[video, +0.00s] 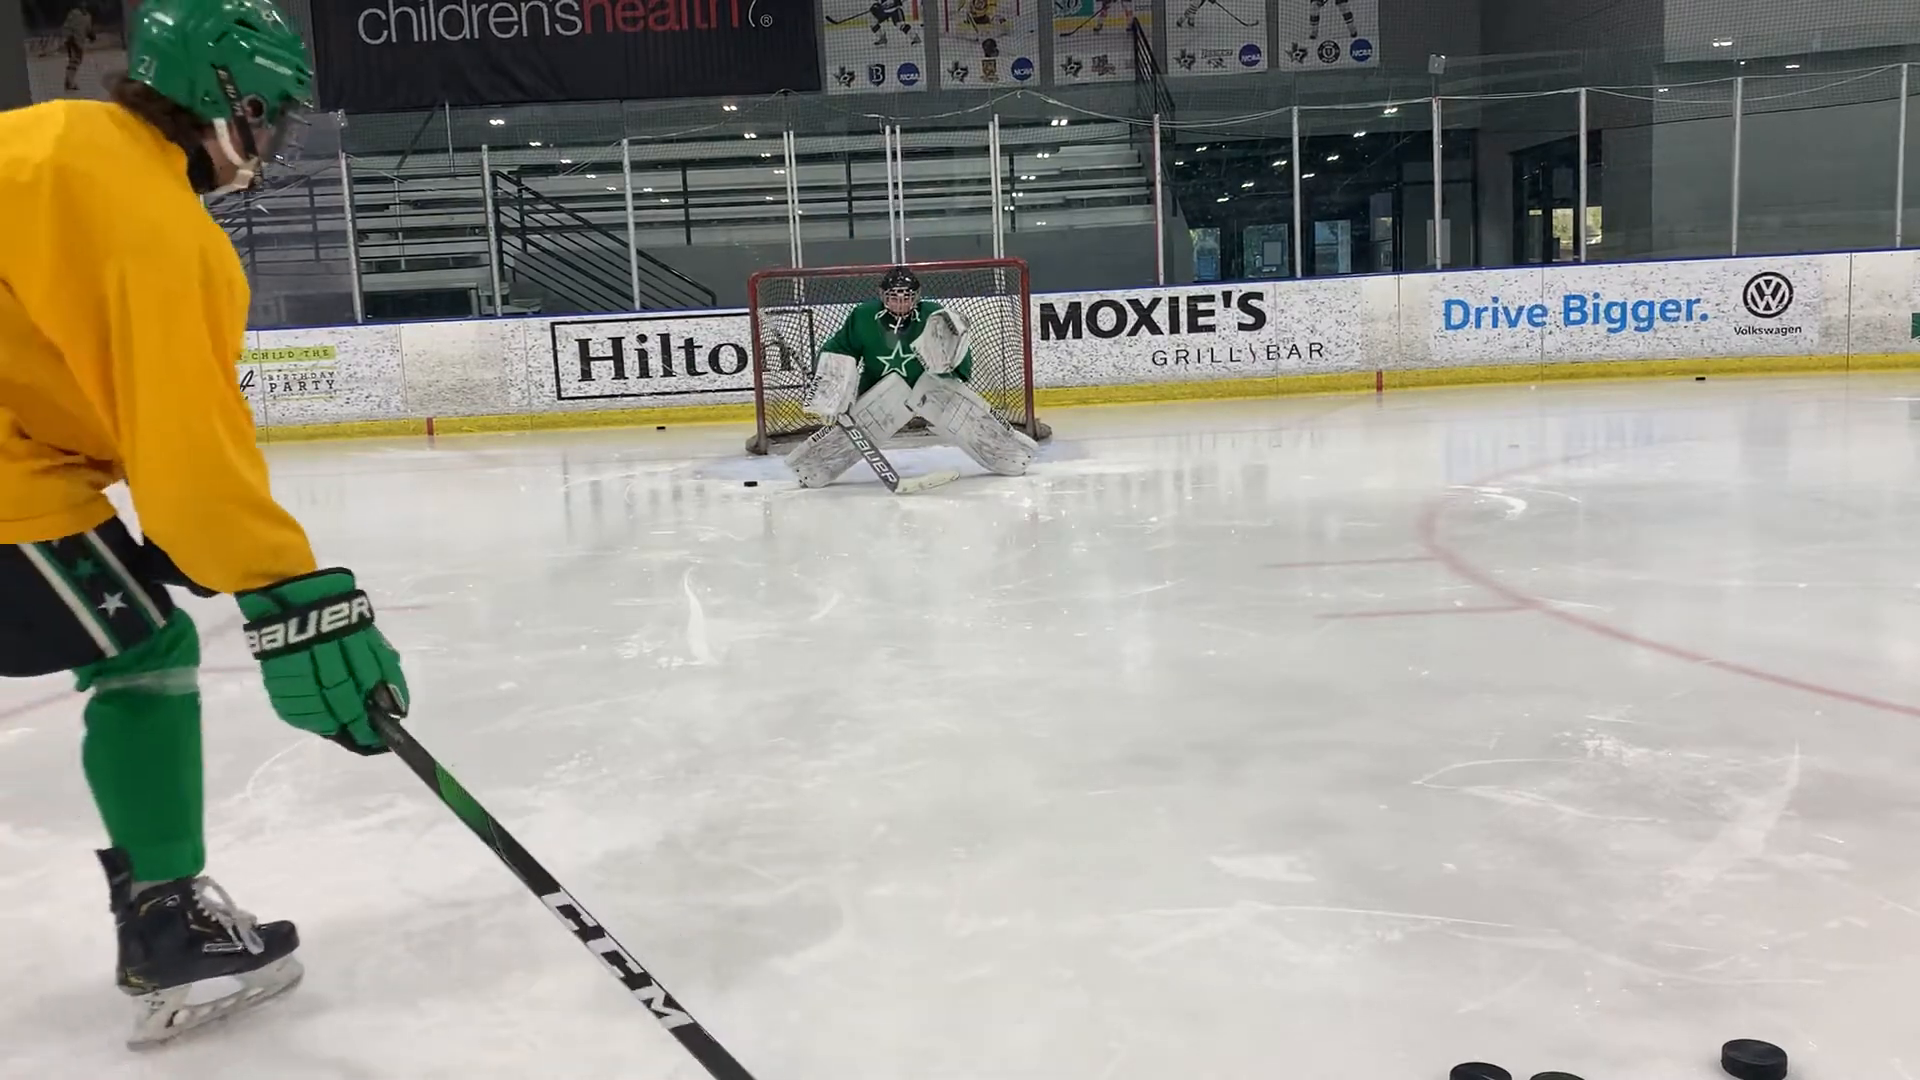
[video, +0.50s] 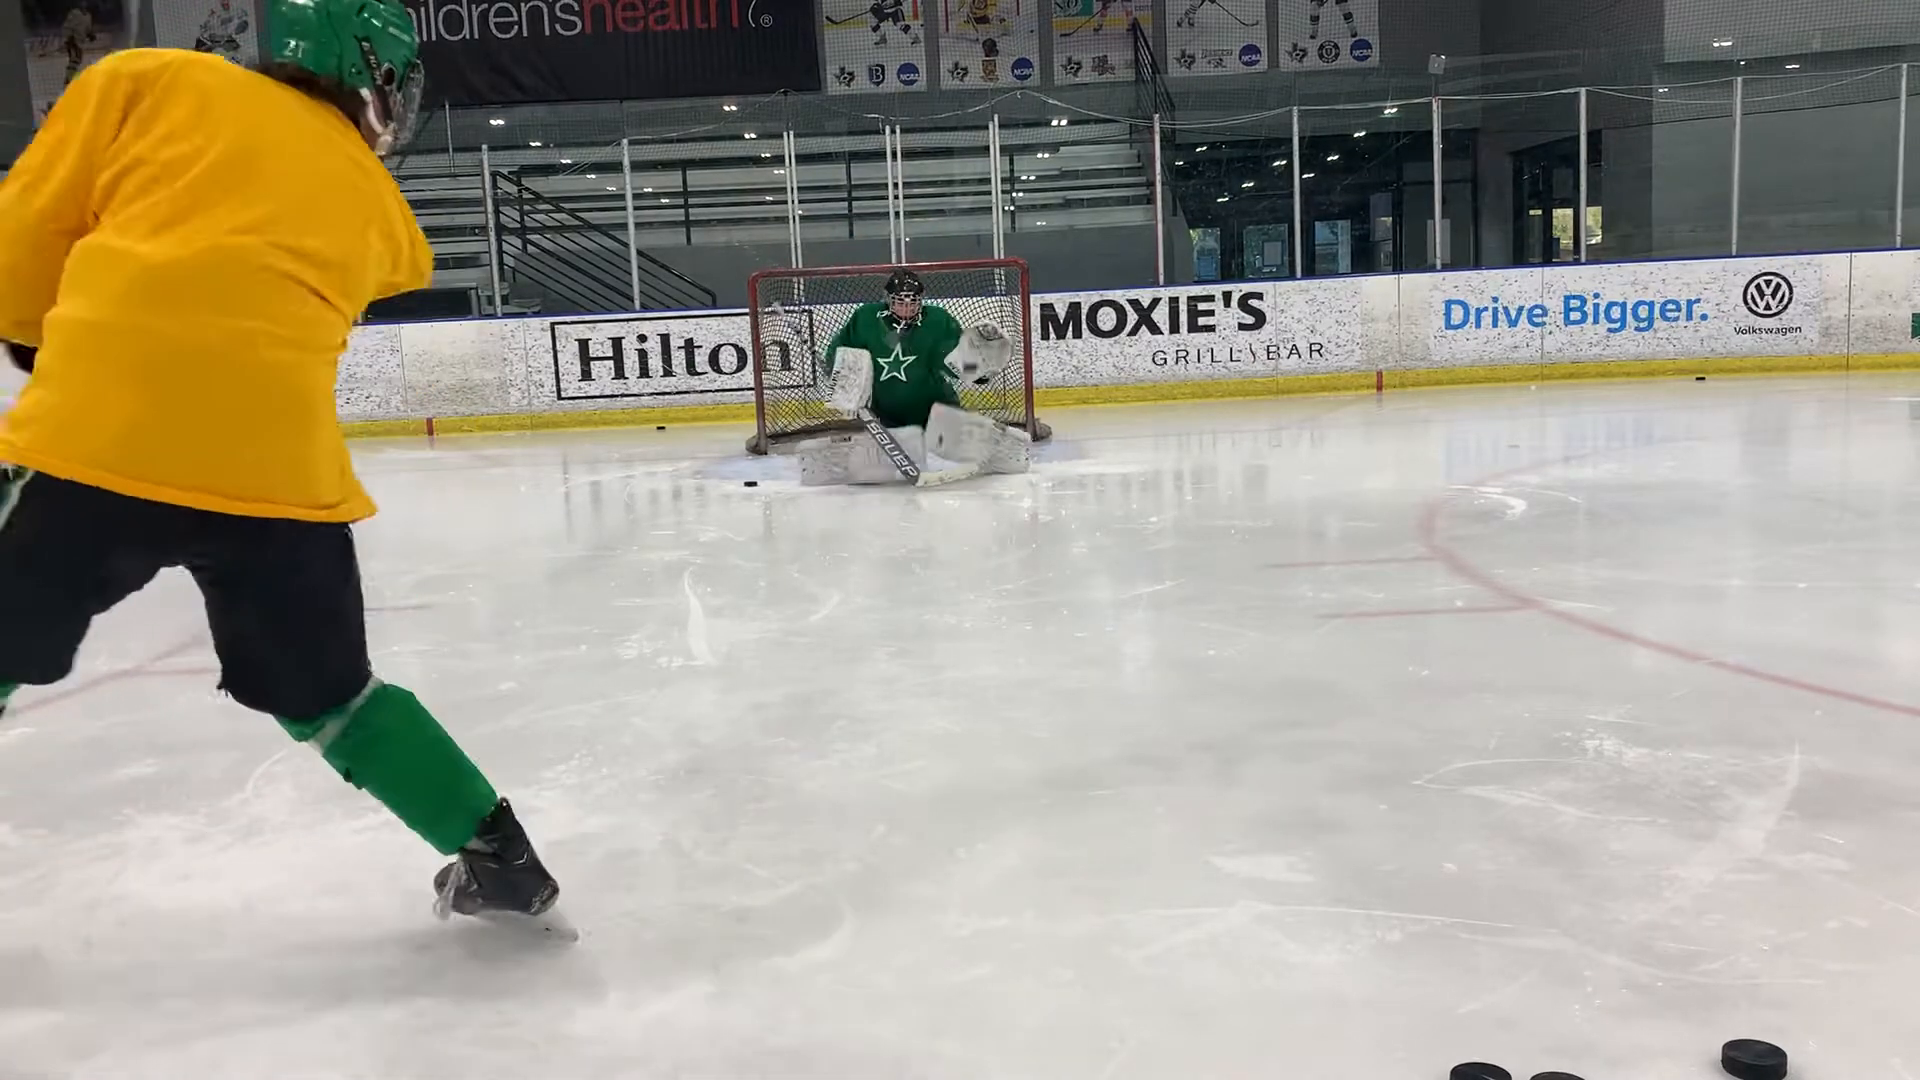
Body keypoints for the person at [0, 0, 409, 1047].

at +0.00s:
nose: (270, 150)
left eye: (278, 125)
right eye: (267, 121)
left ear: (158, 86)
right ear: (220, 106)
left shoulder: (47, 134)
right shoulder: (164, 233)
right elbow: (193, 459)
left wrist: (121, 517)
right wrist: (300, 609)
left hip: (12, 473)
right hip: (11, 485)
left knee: (132, 650)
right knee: (147, 650)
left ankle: (155, 910)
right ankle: (167, 921)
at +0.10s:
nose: (312, 157)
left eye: (319, 131)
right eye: (308, 129)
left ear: (204, 94)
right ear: (261, 114)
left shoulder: (105, 136)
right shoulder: (210, 237)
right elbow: (242, 464)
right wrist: (345, 602)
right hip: (32, 453)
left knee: (190, 629)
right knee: (200, 633)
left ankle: (232, 888)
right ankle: (240, 903)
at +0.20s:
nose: (358, 146)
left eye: (366, 120)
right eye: (357, 116)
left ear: (245, 77)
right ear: (309, 95)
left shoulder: (129, 129)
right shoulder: (241, 196)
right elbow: (254, 412)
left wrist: (223, 504)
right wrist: (336, 550)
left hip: (6, 438)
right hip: (98, 453)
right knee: (248, 635)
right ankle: (324, 857)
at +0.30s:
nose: (401, 152)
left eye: (407, 125)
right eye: (400, 120)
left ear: (283, 79)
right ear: (360, 101)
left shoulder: (142, 88)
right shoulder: (347, 229)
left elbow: (60, 175)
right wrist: (430, 428)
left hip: (19, 423)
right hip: (194, 469)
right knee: (292, 666)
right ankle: (379, 851)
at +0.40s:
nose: (417, 139)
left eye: (424, 115)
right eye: (417, 112)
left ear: (301, 66)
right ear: (388, 98)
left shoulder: (153, 87)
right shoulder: (389, 226)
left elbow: (55, 234)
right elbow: (347, 344)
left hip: (45, 441)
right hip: (240, 480)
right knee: (319, 687)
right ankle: (480, 838)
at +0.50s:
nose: (394, 128)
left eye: (401, 107)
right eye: (396, 105)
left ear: (277, 53)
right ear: (367, 87)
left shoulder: (136, 80)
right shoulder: (373, 197)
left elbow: (17, 235)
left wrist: (46, 346)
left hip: (89, 449)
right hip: (277, 475)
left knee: (0, 666)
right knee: (333, 697)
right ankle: (500, 850)